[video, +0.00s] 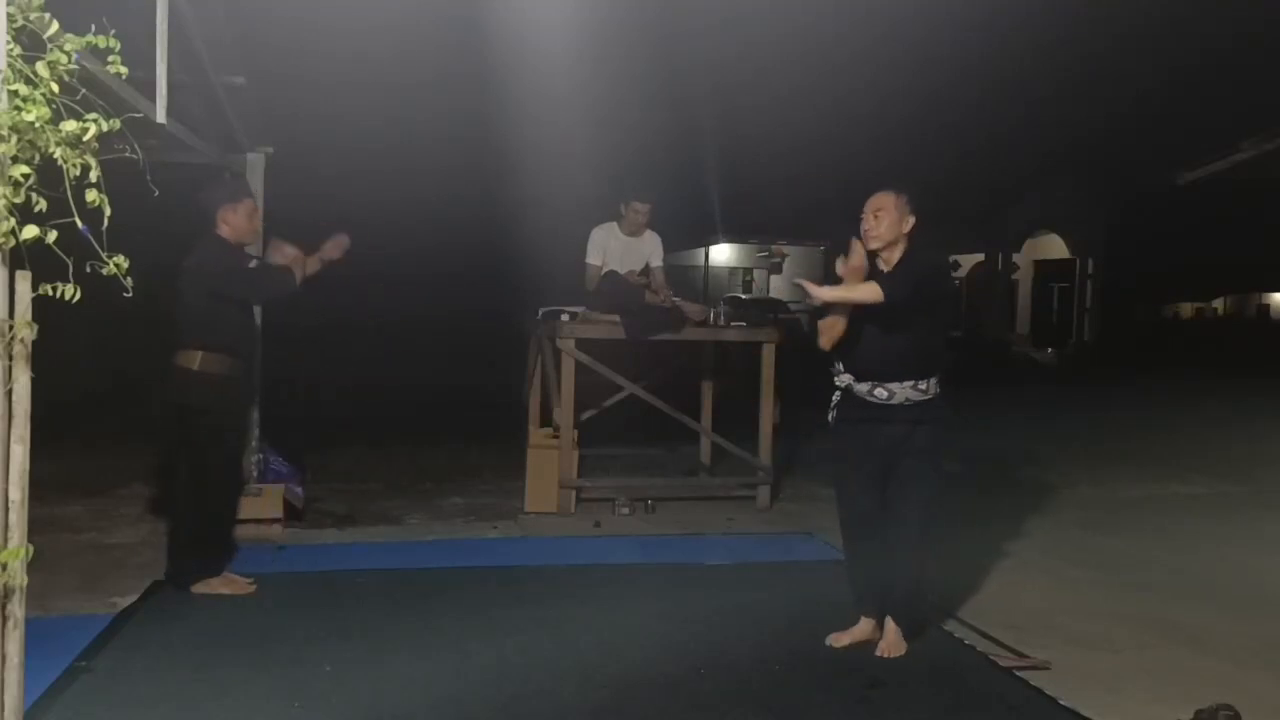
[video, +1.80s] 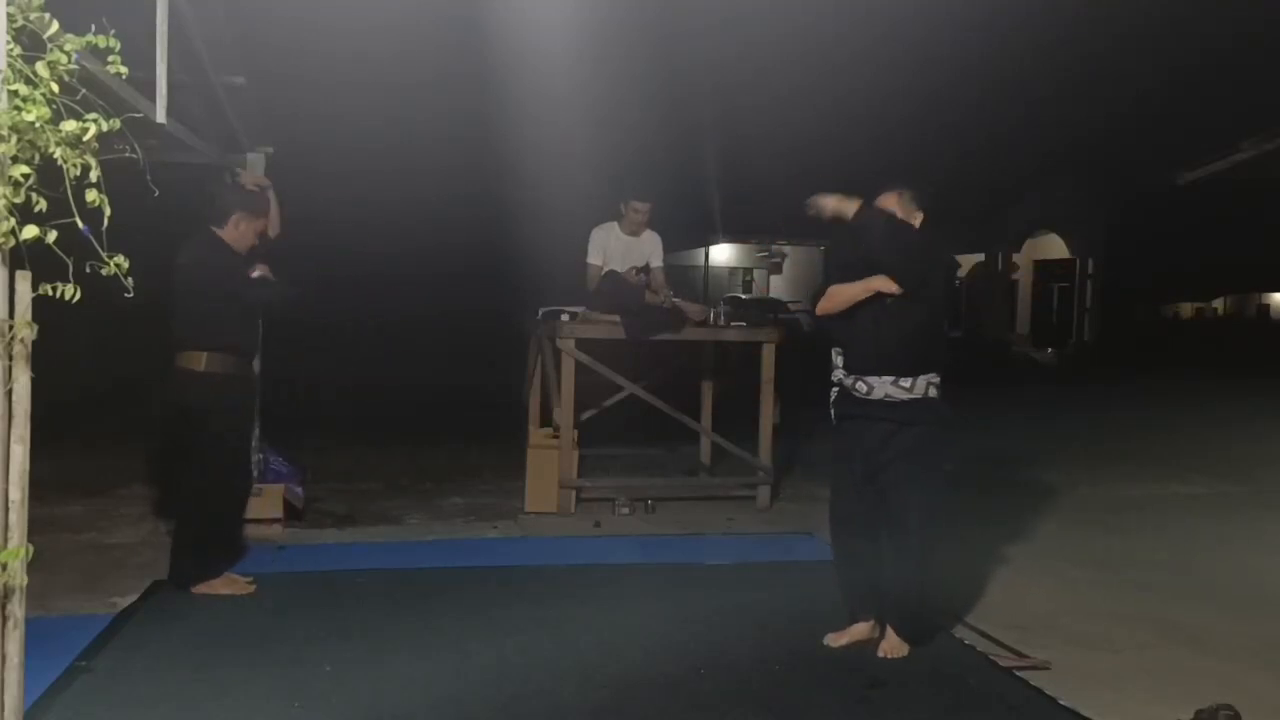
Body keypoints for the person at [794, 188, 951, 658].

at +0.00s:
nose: (866, 222)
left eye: (878, 213)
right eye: (864, 215)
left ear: (908, 223)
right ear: (861, 227)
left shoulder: (929, 269)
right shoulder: (853, 275)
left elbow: (888, 292)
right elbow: (825, 339)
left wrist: (825, 293)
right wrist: (853, 280)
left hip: (914, 411)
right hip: (857, 407)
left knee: (906, 515)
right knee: (858, 513)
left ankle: (895, 620)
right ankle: (869, 617)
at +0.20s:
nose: (864, 223)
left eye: (873, 215)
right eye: (864, 216)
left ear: (903, 221)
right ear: (869, 226)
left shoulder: (924, 271)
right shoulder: (858, 266)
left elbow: (879, 298)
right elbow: (797, 281)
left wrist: (813, 304)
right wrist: (822, 248)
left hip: (909, 415)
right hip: (855, 411)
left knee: (903, 516)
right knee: (853, 512)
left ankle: (895, 622)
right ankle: (867, 616)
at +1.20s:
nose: (883, 223)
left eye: (895, 215)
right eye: (876, 216)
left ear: (920, 222)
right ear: (869, 224)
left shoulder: (934, 270)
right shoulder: (858, 265)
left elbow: (885, 291)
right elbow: (822, 282)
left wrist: (842, 248)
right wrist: (885, 265)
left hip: (913, 411)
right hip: (858, 407)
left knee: (904, 515)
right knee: (854, 510)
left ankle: (898, 622)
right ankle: (865, 617)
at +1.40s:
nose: (887, 222)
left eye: (897, 215)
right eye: (877, 215)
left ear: (911, 222)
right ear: (862, 223)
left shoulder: (930, 266)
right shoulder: (845, 264)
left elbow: (985, 267)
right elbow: (826, 281)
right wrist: (892, 265)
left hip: (914, 414)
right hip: (855, 412)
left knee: (908, 517)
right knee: (853, 514)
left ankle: (898, 624)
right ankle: (863, 616)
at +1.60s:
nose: (877, 223)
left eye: (888, 214)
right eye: (870, 216)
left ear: (912, 219)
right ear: (863, 223)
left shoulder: (930, 260)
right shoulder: (848, 261)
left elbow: (966, 281)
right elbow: (821, 291)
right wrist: (884, 274)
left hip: (913, 415)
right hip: (854, 411)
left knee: (908, 519)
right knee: (850, 515)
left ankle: (898, 624)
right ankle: (863, 615)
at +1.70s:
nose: (878, 226)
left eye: (890, 216)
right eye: (873, 218)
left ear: (918, 222)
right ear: (869, 224)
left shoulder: (936, 269)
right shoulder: (856, 268)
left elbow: (891, 262)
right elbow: (821, 299)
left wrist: (832, 263)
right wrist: (887, 275)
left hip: (912, 412)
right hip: (854, 409)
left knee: (904, 517)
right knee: (850, 513)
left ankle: (898, 623)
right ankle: (864, 616)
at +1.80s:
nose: (880, 222)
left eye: (888, 214)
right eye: (875, 215)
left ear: (916, 220)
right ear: (864, 220)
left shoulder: (935, 264)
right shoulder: (854, 259)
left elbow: (889, 235)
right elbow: (821, 305)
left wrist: (846, 208)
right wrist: (874, 284)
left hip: (910, 410)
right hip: (853, 406)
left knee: (905, 517)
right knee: (851, 514)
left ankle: (899, 623)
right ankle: (863, 616)